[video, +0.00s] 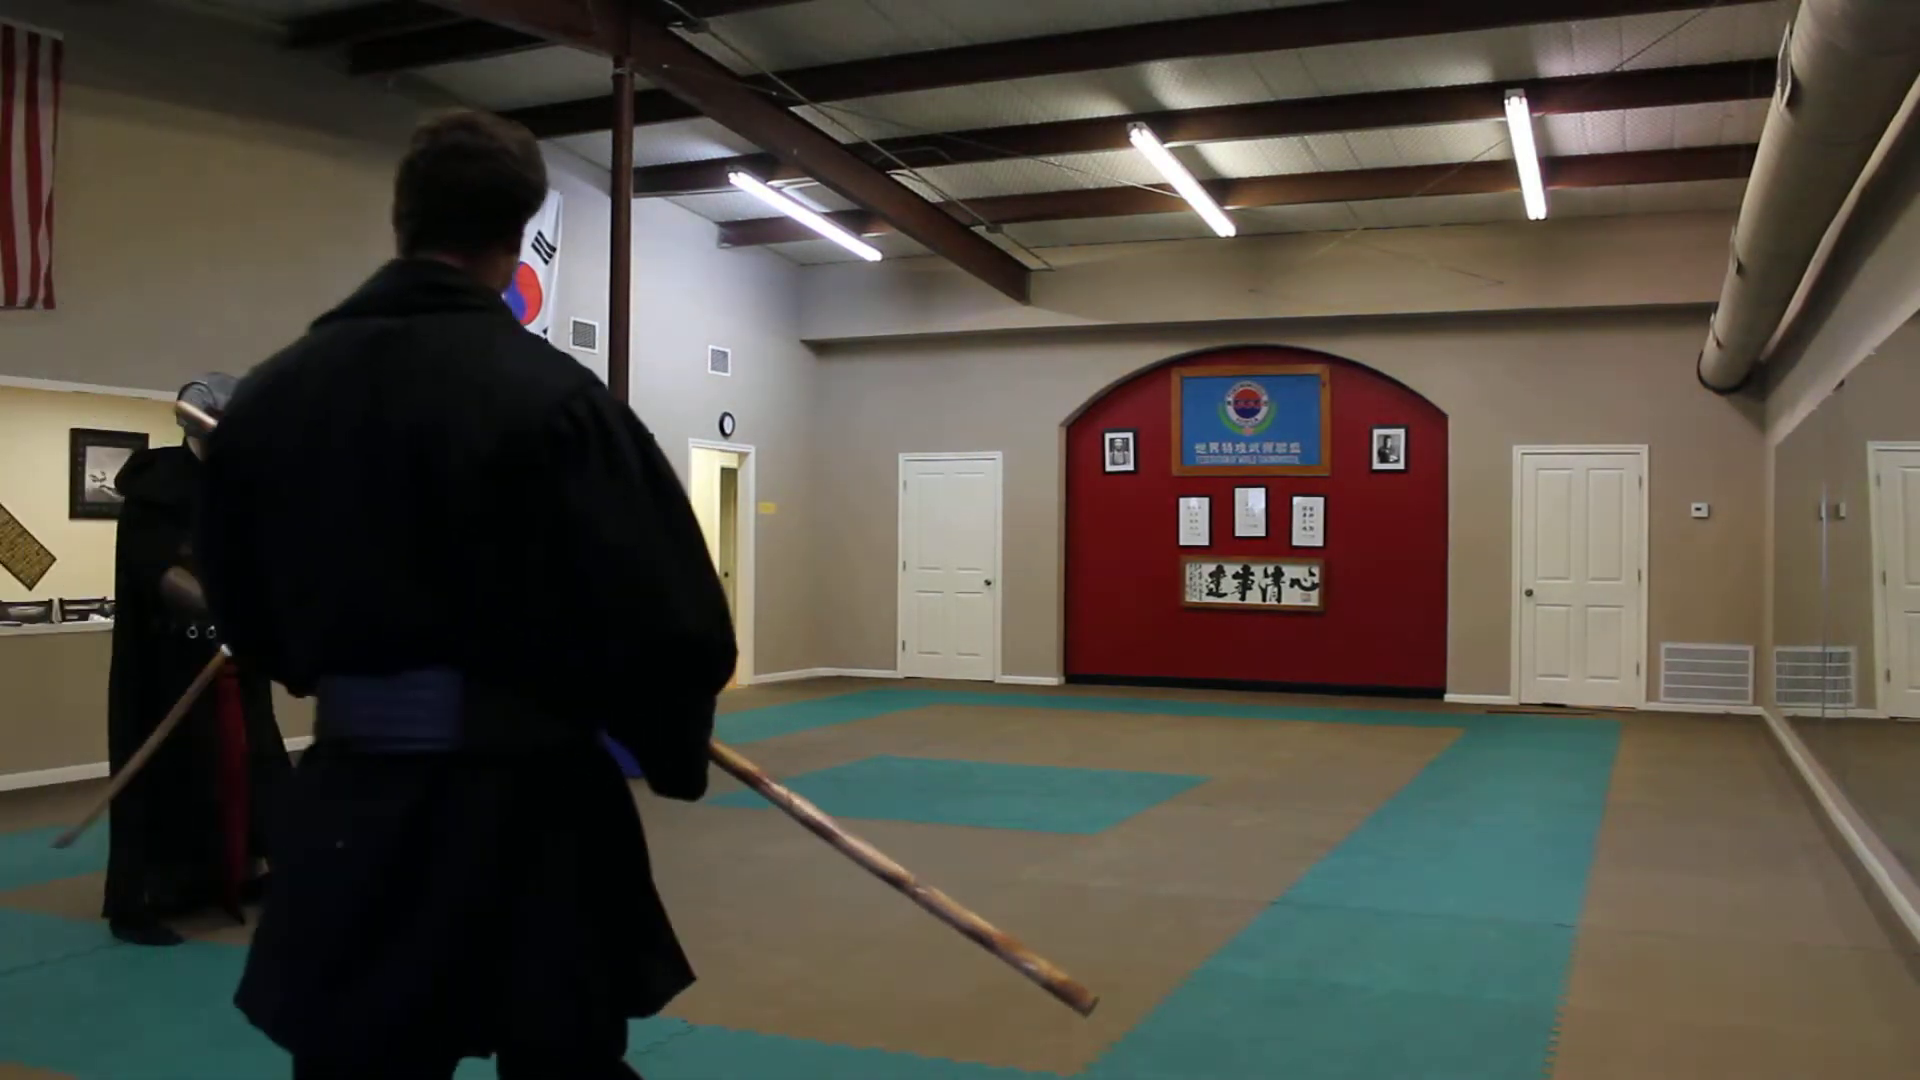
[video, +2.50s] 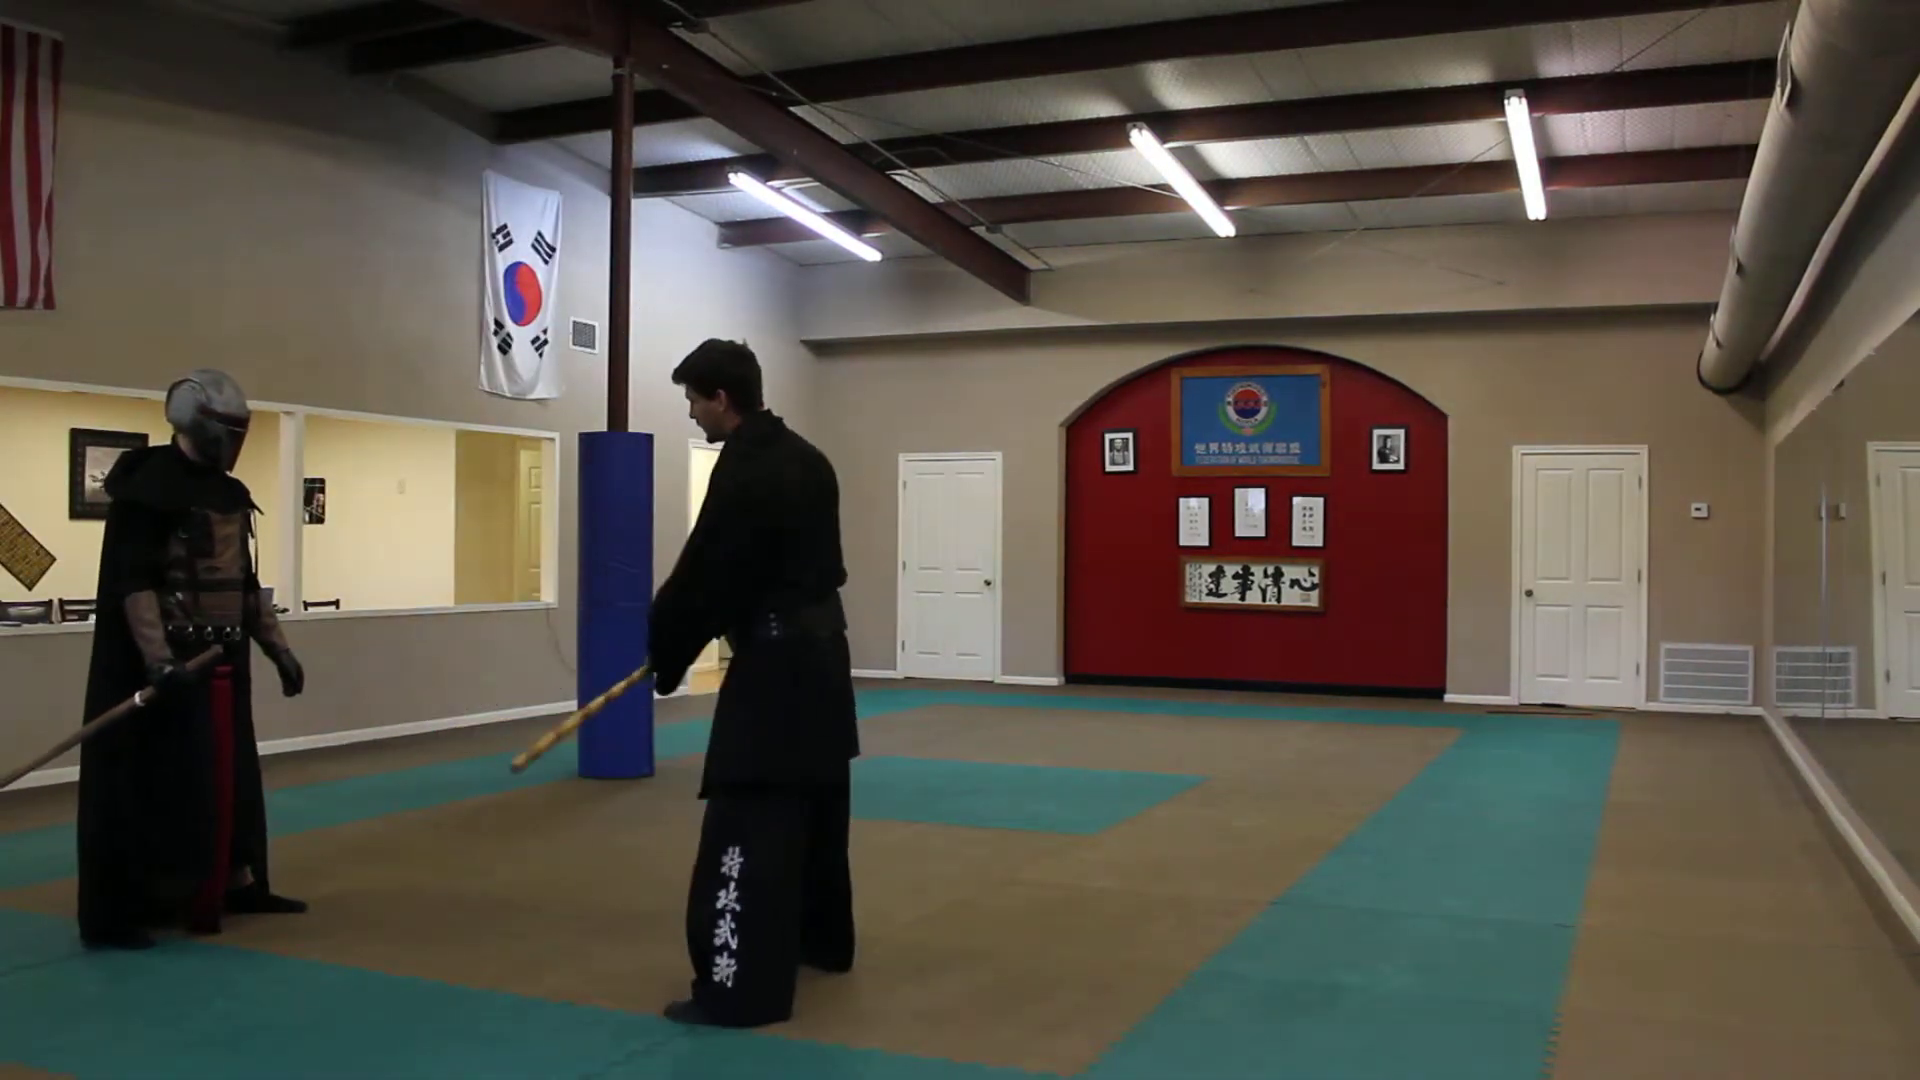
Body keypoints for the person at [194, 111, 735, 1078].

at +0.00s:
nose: (524, 261)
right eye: (524, 239)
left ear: (403, 224)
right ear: (515, 244)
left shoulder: (273, 399)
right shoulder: (559, 400)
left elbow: (253, 618)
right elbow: (678, 629)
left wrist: (341, 677)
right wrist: (661, 741)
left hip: (354, 807)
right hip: (537, 809)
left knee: (356, 1059)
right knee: (565, 1057)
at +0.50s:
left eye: (589, 271)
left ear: (587, 281)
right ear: (685, 287)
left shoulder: (500, 418)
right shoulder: (752, 421)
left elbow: (422, 567)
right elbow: (818, 583)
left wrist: (525, 647)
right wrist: (739, 673)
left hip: (563, 750)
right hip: (701, 753)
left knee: (581, 999)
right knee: (692, 1001)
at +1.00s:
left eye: (632, 315)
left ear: (631, 324)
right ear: (717, 327)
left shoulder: (566, 438)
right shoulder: (780, 437)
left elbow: (524, 601)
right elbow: (843, 591)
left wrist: (591, 711)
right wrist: (793, 696)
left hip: (629, 732)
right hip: (762, 733)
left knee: (642, 952)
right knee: (781, 948)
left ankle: (649, 1074)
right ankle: (787, 1072)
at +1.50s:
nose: (718, 358)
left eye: (719, 348)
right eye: (722, 347)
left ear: (732, 352)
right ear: (800, 351)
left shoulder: (688, 450)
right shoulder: (865, 443)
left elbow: (640, 594)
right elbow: (905, 570)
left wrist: (681, 676)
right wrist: (857, 654)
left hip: (730, 700)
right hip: (840, 702)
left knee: (715, 891)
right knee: (838, 897)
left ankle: (704, 1054)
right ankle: (832, 1057)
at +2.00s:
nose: (684, 385)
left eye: (683, 374)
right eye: (684, 374)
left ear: (699, 374)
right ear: (755, 369)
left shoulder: (680, 467)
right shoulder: (825, 456)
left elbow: (631, 598)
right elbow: (851, 568)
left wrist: (646, 669)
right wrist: (810, 634)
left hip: (716, 679)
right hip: (804, 676)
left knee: (715, 839)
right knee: (807, 817)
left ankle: (729, 996)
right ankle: (832, 953)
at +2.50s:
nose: (692, 416)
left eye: (694, 403)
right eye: (690, 404)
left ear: (721, 398)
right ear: (744, 396)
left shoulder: (743, 468)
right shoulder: (807, 459)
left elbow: (709, 572)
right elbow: (804, 569)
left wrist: (667, 650)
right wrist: (713, 622)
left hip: (774, 662)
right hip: (824, 654)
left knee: (743, 816)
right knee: (817, 803)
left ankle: (737, 987)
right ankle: (825, 941)